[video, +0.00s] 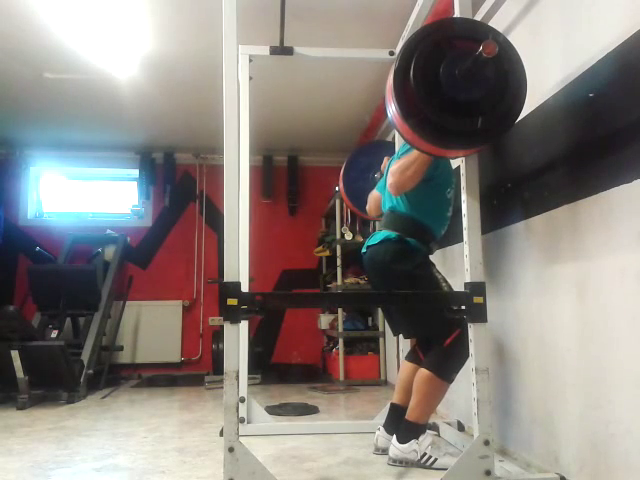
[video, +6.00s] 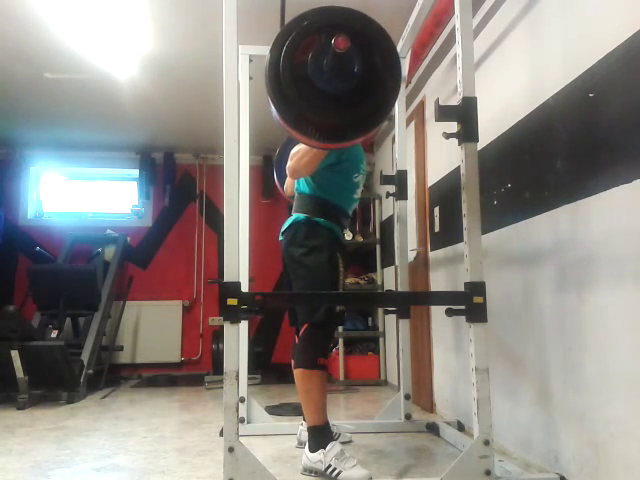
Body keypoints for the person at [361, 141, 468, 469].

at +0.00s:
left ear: (413, 119)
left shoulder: (404, 154)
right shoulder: (421, 145)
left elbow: (373, 208)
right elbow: (397, 184)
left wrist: (386, 171)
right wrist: (432, 143)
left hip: (381, 252)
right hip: (398, 253)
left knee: (427, 339)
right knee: (453, 340)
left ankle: (393, 428)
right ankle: (409, 440)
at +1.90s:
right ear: (409, 102)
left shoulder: (404, 141)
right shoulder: (391, 132)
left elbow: (341, 181)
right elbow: (355, 160)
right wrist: (394, 127)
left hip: (372, 232)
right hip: (373, 232)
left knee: (383, 329)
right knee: (410, 316)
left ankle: (391, 425)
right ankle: (385, 431)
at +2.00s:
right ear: (403, 102)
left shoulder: (399, 140)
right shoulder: (384, 132)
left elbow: (338, 181)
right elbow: (350, 162)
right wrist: (390, 127)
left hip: (380, 232)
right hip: (369, 230)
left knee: (388, 323)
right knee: (390, 316)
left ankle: (392, 430)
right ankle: (340, 432)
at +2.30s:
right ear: (383, 99)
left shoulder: (379, 137)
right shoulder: (365, 128)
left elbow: (320, 180)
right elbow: (330, 159)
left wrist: (312, 168)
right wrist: (370, 124)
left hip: (366, 236)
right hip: (345, 231)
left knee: (376, 330)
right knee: (346, 330)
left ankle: (392, 430)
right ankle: (321, 446)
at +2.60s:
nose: (403, 122)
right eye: (399, 115)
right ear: (381, 104)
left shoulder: (366, 136)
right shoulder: (353, 126)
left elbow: (300, 176)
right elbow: (310, 154)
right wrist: (353, 124)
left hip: (335, 231)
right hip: (320, 227)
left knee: (344, 326)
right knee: (330, 328)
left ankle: (340, 414)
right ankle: (320, 445)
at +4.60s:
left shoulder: (350, 139)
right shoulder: (334, 133)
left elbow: (285, 183)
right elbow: (296, 170)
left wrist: (298, 167)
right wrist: (338, 140)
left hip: (319, 232)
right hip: (309, 231)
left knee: (316, 331)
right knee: (316, 331)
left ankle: (315, 429)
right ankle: (319, 446)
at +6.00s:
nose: (370, 127)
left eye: (369, 122)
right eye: (366, 121)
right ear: (349, 113)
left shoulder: (346, 145)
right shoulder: (331, 135)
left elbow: (289, 187)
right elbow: (294, 169)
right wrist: (327, 131)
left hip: (318, 234)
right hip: (310, 233)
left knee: (314, 332)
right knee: (316, 331)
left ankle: (315, 429)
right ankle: (319, 446)